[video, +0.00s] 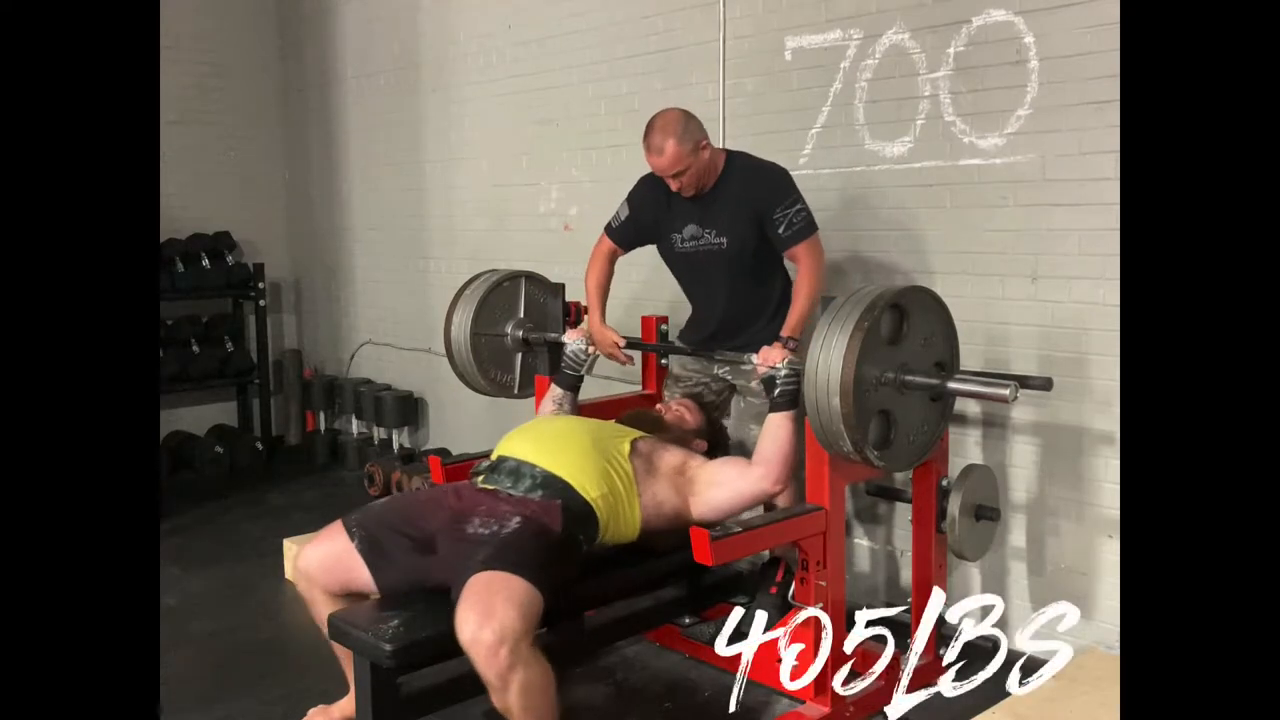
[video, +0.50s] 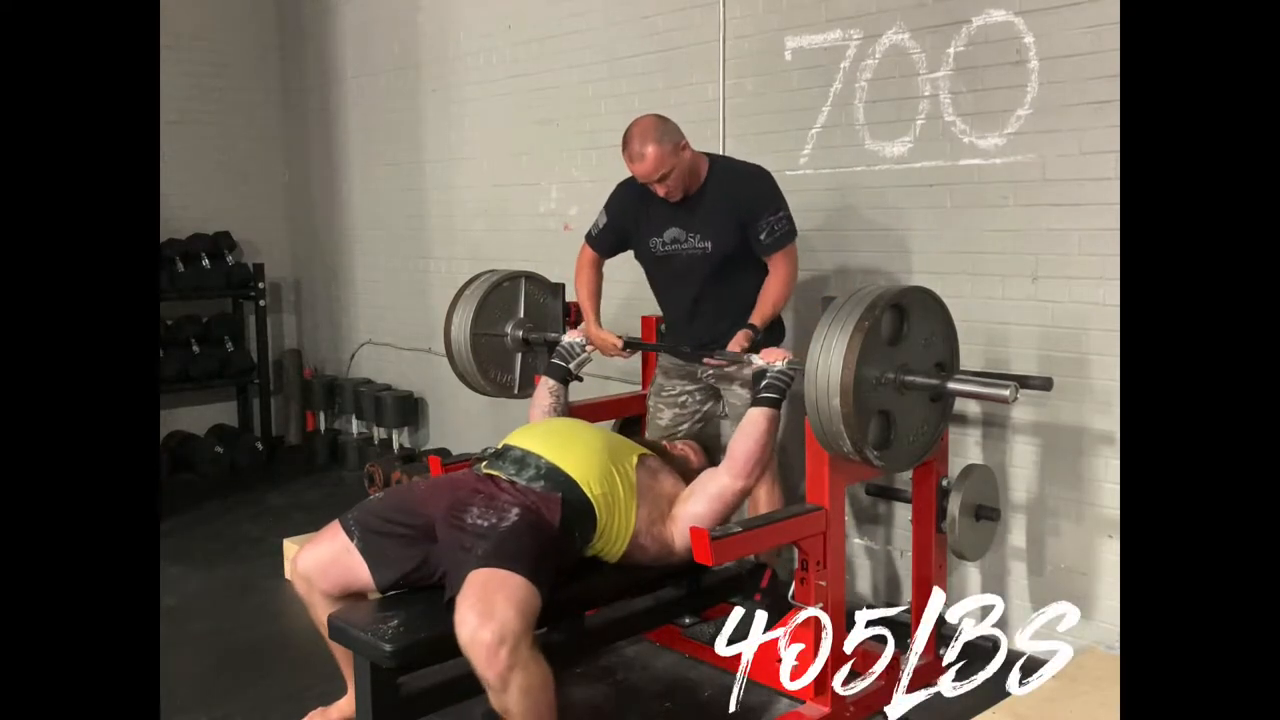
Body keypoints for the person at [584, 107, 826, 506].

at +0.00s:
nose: (673, 186)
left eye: (680, 174)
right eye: (663, 177)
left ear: (705, 147)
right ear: (652, 161)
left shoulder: (765, 183)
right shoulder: (652, 194)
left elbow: (811, 262)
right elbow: (605, 250)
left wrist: (787, 341)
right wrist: (595, 322)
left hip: (763, 350)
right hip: (698, 346)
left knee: (769, 475)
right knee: (673, 465)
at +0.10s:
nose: (665, 191)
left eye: (671, 178)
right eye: (654, 182)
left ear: (696, 152)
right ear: (642, 168)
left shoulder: (754, 184)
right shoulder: (643, 200)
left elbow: (801, 263)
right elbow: (597, 256)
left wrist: (780, 338)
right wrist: (594, 324)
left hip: (762, 344)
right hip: (698, 343)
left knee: (763, 466)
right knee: (673, 455)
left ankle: (784, 579)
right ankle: (692, 579)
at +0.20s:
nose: (657, 192)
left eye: (663, 179)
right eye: (646, 184)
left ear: (685, 151)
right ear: (631, 172)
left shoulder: (743, 183)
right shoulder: (631, 204)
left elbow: (790, 263)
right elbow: (587, 259)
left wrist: (774, 337)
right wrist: (591, 329)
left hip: (756, 350)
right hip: (688, 351)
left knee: (762, 463)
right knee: (669, 460)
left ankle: (785, 579)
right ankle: (686, 584)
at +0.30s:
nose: (655, 191)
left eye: (659, 178)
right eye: (642, 184)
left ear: (678, 149)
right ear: (627, 172)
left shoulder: (738, 181)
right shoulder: (624, 206)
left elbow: (782, 261)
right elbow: (581, 262)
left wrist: (766, 333)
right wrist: (589, 327)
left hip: (752, 344)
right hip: (685, 347)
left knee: (758, 456)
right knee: (672, 459)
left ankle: (777, 572)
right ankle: (687, 579)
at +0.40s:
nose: (656, 189)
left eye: (660, 176)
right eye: (643, 182)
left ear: (680, 147)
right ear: (628, 169)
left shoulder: (740, 180)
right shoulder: (625, 203)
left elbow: (781, 262)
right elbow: (582, 261)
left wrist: (758, 331)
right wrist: (590, 327)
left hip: (750, 349)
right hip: (680, 353)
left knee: (756, 460)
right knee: (667, 465)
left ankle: (772, 581)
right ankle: (679, 585)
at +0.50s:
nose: (659, 191)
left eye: (664, 178)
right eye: (648, 184)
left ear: (686, 148)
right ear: (633, 168)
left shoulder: (749, 185)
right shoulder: (631, 201)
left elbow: (783, 267)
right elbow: (590, 256)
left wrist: (753, 329)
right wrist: (592, 325)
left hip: (748, 356)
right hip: (678, 357)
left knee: (755, 466)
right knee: (669, 471)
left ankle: (769, 583)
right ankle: (674, 581)